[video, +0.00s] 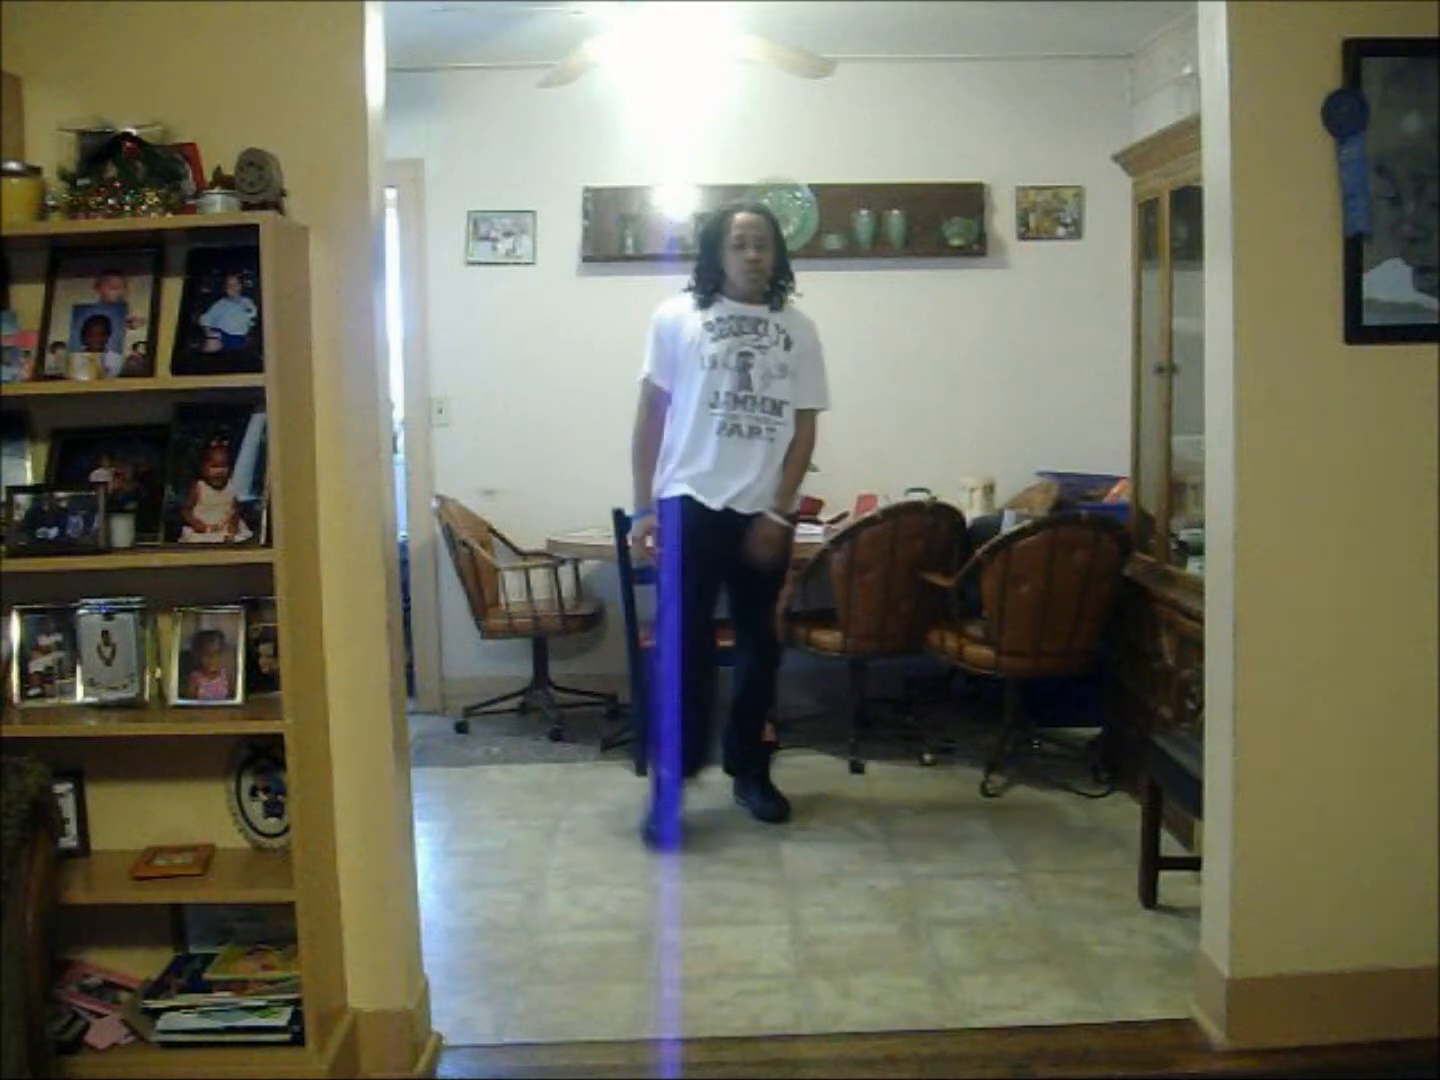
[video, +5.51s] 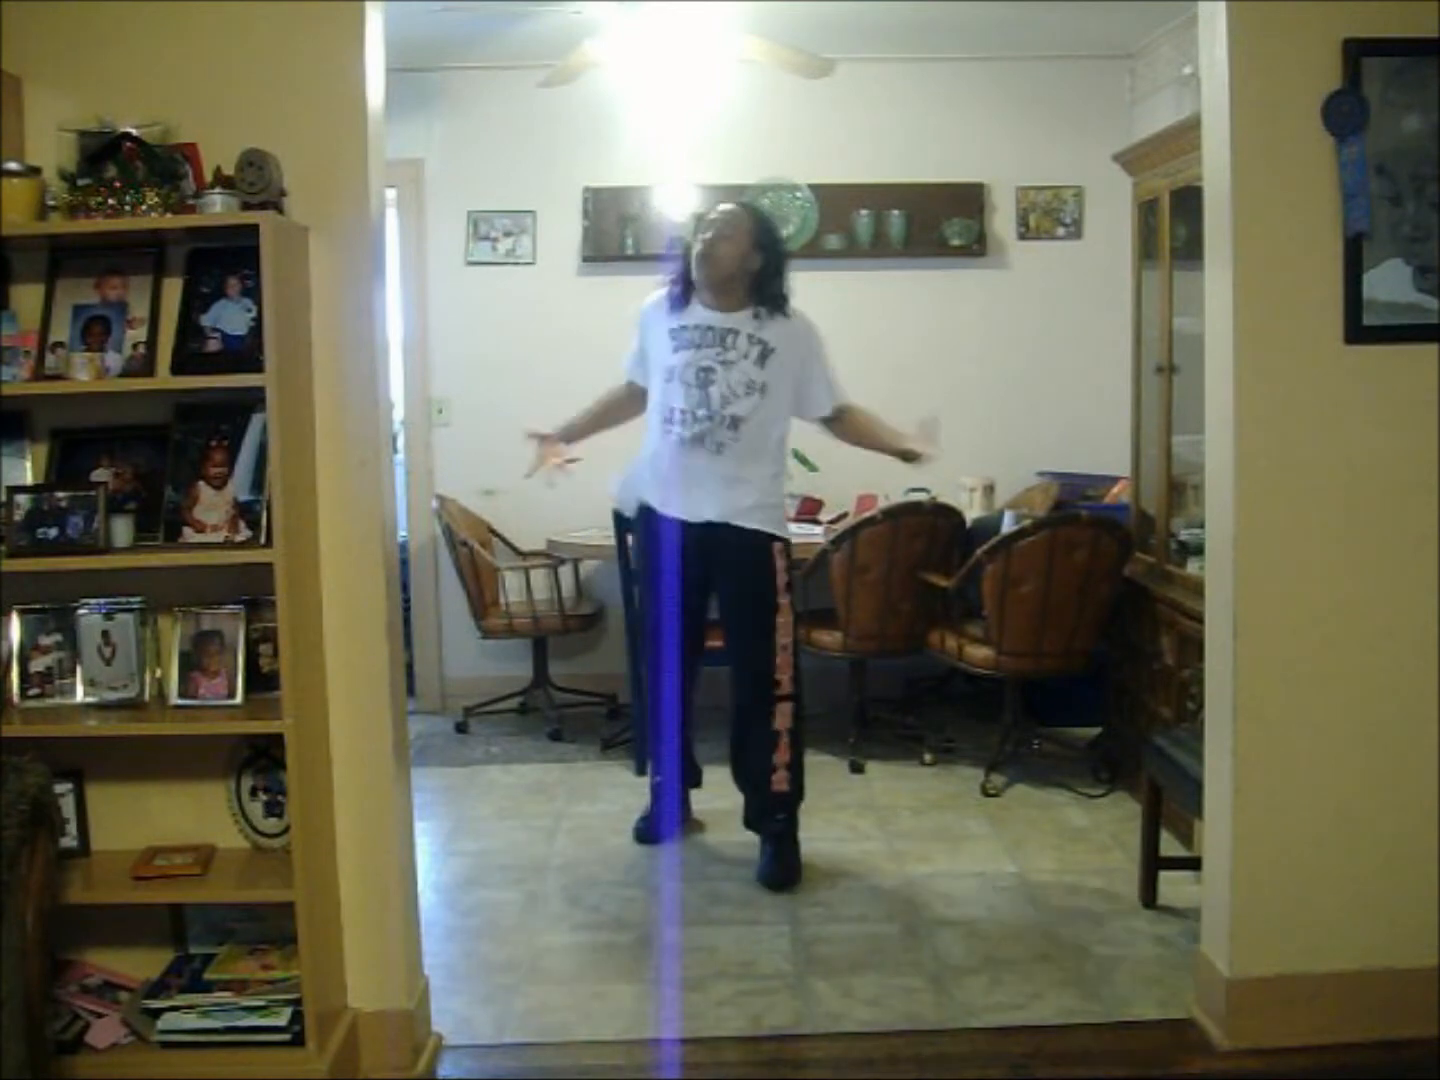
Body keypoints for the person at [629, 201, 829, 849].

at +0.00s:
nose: (752, 255)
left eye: (761, 245)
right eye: (739, 245)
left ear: (778, 255)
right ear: (715, 254)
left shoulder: (796, 327)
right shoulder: (678, 319)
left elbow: (805, 429)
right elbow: (652, 412)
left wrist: (782, 511)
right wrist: (645, 506)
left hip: (761, 508)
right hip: (688, 502)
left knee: (760, 648)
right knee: (684, 648)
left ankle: (750, 774)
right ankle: (670, 785)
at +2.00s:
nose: (775, 250)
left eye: (788, 239)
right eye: (762, 239)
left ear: (807, 252)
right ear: (737, 250)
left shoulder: (827, 338)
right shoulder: (695, 317)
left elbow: (847, 435)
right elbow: (665, 398)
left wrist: (785, 482)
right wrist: (685, 480)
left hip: (771, 518)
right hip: (693, 511)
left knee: (765, 660)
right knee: (679, 652)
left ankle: (772, 804)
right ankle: (688, 771)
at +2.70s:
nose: (672, 266)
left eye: (683, 254)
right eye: (660, 256)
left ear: (705, 261)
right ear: (642, 268)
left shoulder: (748, 329)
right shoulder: (641, 342)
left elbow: (796, 415)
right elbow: (625, 426)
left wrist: (716, 446)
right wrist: (627, 457)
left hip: (718, 509)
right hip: (647, 510)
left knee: (732, 656)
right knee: (653, 653)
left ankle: (766, 806)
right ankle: (673, 783)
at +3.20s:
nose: (677, 260)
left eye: (688, 249)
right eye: (664, 251)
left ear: (709, 257)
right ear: (646, 263)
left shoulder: (749, 328)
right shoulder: (631, 337)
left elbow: (769, 416)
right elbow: (610, 426)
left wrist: (794, 466)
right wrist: (583, 511)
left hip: (726, 514)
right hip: (647, 514)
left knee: (745, 656)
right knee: (658, 656)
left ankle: (777, 796)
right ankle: (675, 781)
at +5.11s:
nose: (686, 248)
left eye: (698, 236)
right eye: (673, 238)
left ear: (718, 248)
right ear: (650, 252)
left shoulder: (751, 332)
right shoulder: (616, 328)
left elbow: (762, 431)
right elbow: (589, 424)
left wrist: (766, 513)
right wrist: (606, 512)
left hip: (727, 522)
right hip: (645, 522)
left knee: (741, 672)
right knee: (651, 671)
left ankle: (774, 819)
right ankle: (669, 799)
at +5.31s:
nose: (706, 237)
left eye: (719, 229)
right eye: (692, 230)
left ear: (739, 252)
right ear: (670, 254)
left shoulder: (772, 330)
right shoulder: (639, 328)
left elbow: (789, 418)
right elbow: (622, 409)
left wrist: (817, 476)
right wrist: (592, 471)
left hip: (740, 523)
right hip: (654, 518)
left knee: (755, 673)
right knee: (656, 667)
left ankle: (776, 822)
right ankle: (667, 795)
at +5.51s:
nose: (709, 240)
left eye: (728, 233)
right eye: (705, 229)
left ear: (757, 258)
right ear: (691, 249)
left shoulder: (789, 331)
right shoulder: (661, 316)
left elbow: (834, 412)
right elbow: (635, 391)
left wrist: (896, 443)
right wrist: (567, 431)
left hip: (749, 517)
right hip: (665, 512)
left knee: (765, 670)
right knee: (664, 662)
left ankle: (777, 824)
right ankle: (669, 796)